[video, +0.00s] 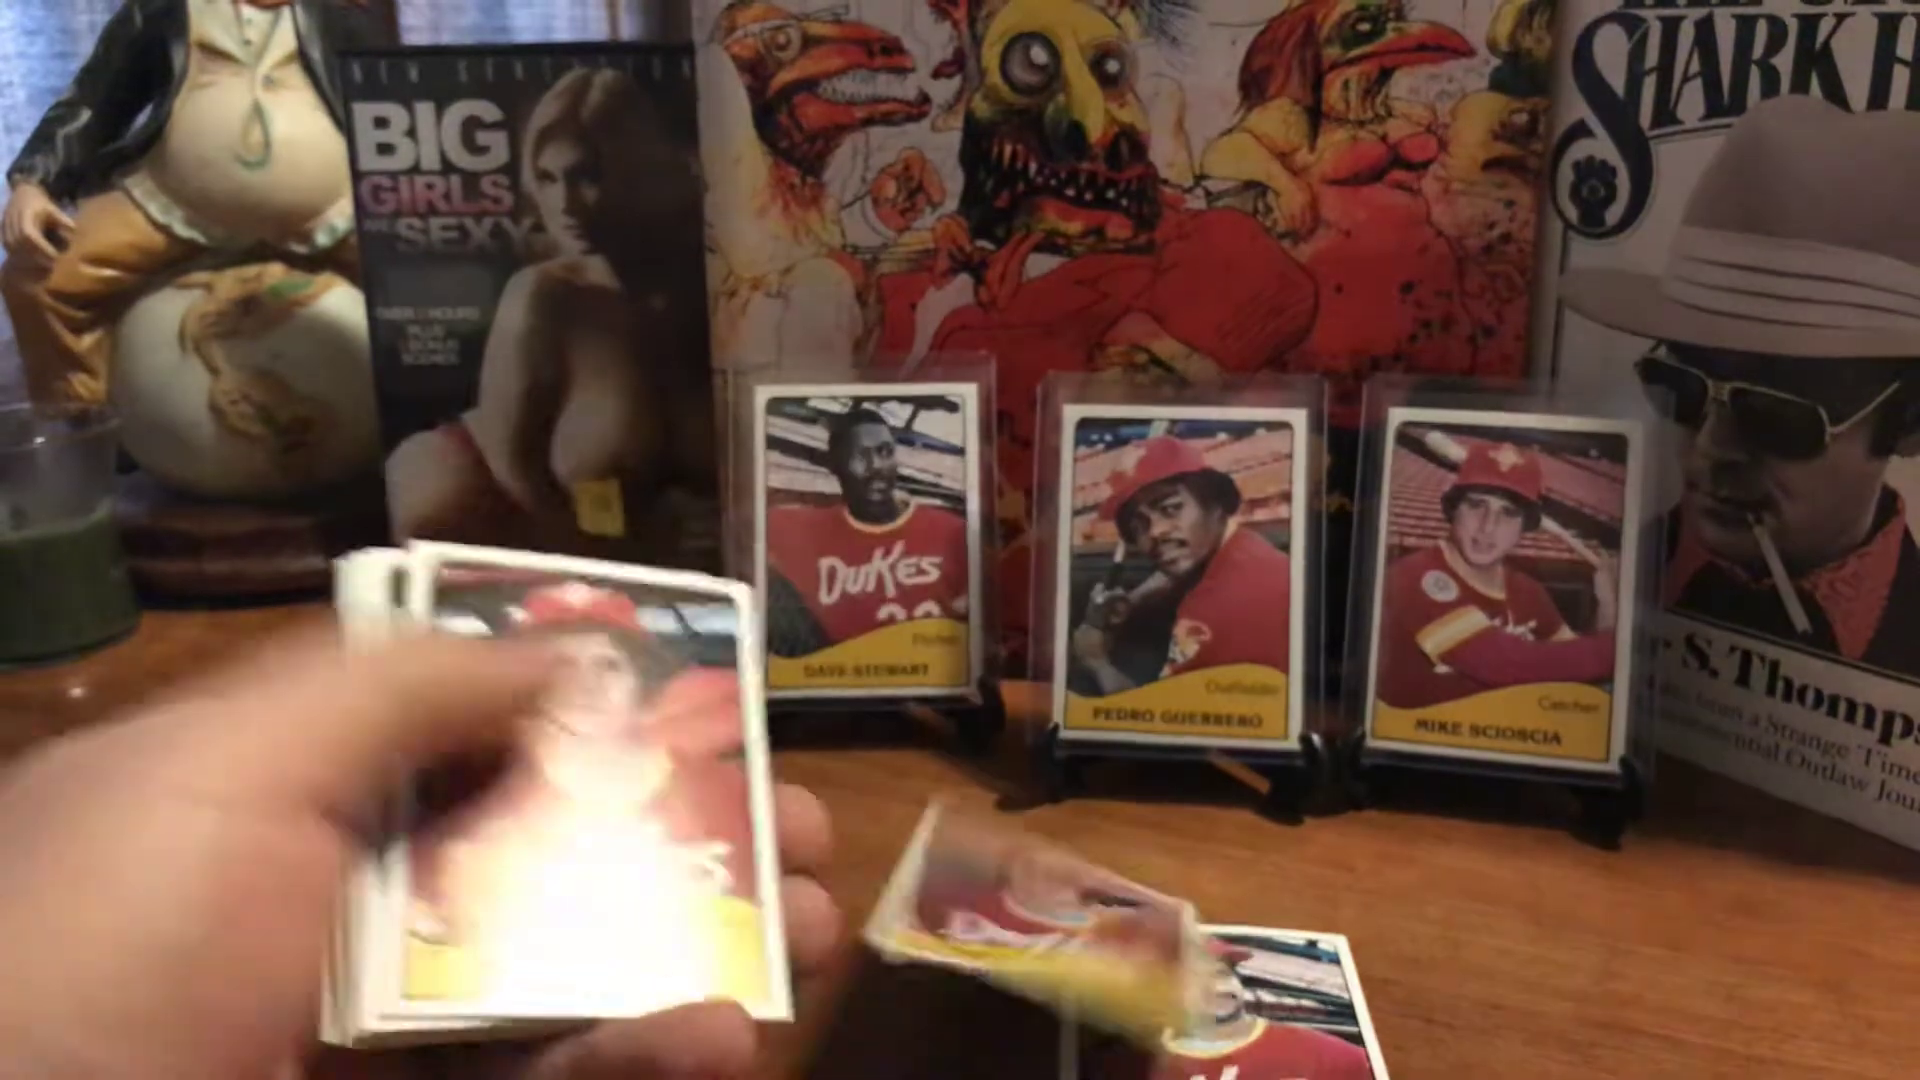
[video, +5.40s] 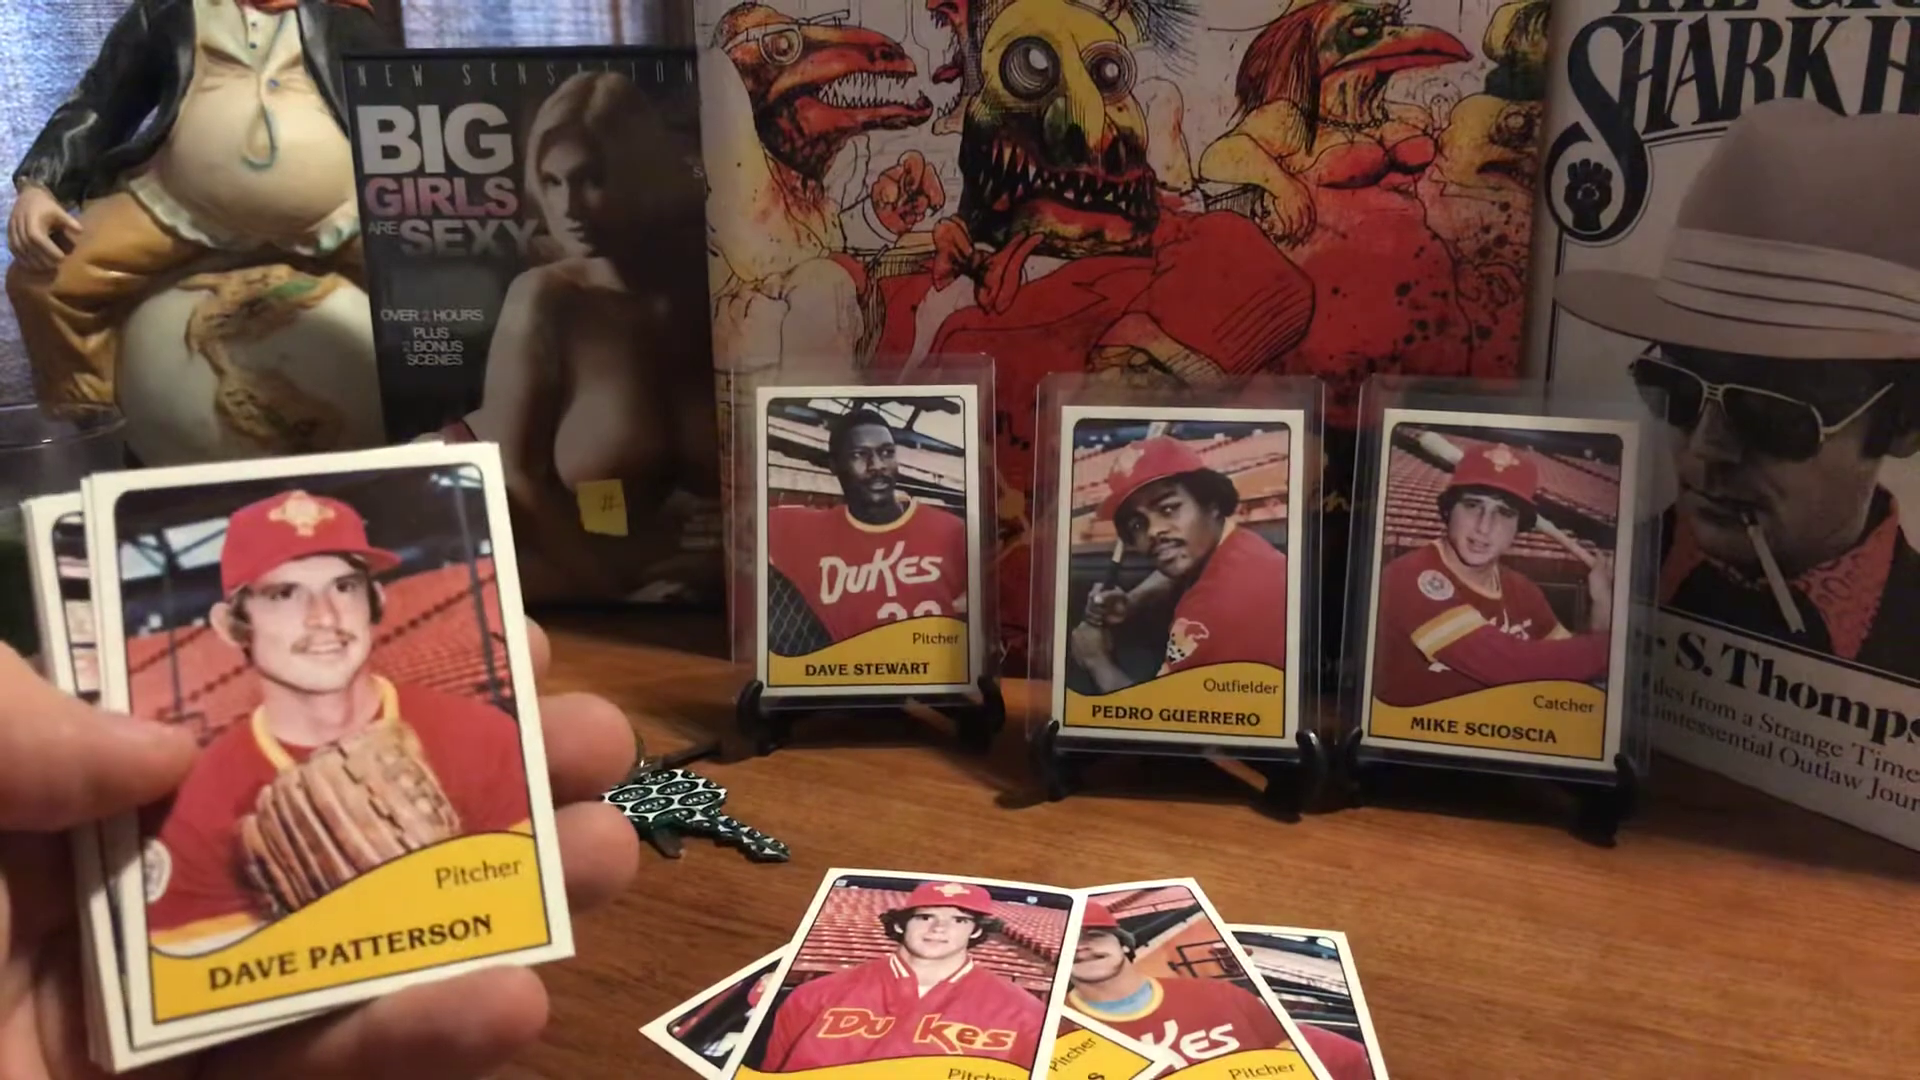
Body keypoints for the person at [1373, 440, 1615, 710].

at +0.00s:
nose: (1487, 525)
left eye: (1507, 513)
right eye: (1476, 505)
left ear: (1524, 526)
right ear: (1453, 510)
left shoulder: (1527, 592)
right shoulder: (1418, 578)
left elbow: (1582, 672)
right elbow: (1502, 665)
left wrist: (1607, 607)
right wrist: (1620, 647)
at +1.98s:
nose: (1487, 526)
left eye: (1506, 513)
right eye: (1476, 505)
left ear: (1522, 527)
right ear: (1452, 509)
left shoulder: (1526, 592)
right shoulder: (1416, 577)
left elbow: (1578, 676)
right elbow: (1506, 665)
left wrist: (1606, 607)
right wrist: (1626, 642)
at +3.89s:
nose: (1484, 524)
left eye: (1504, 510)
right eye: (1473, 503)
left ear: (1520, 525)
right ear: (1450, 508)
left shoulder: (1522, 589)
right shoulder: (1413, 576)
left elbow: (1574, 673)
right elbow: (1507, 663)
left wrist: (1603, 606)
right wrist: (1618, 638)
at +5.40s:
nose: (1483, 526)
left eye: (1503, 513)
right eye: (1473, 505)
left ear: (1518, 528)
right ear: (1449, 509)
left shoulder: (1521, 592)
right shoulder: (1413, 577)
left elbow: (1579, 672)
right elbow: (1501, 664)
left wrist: (1602, 604)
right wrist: (1616, 646)